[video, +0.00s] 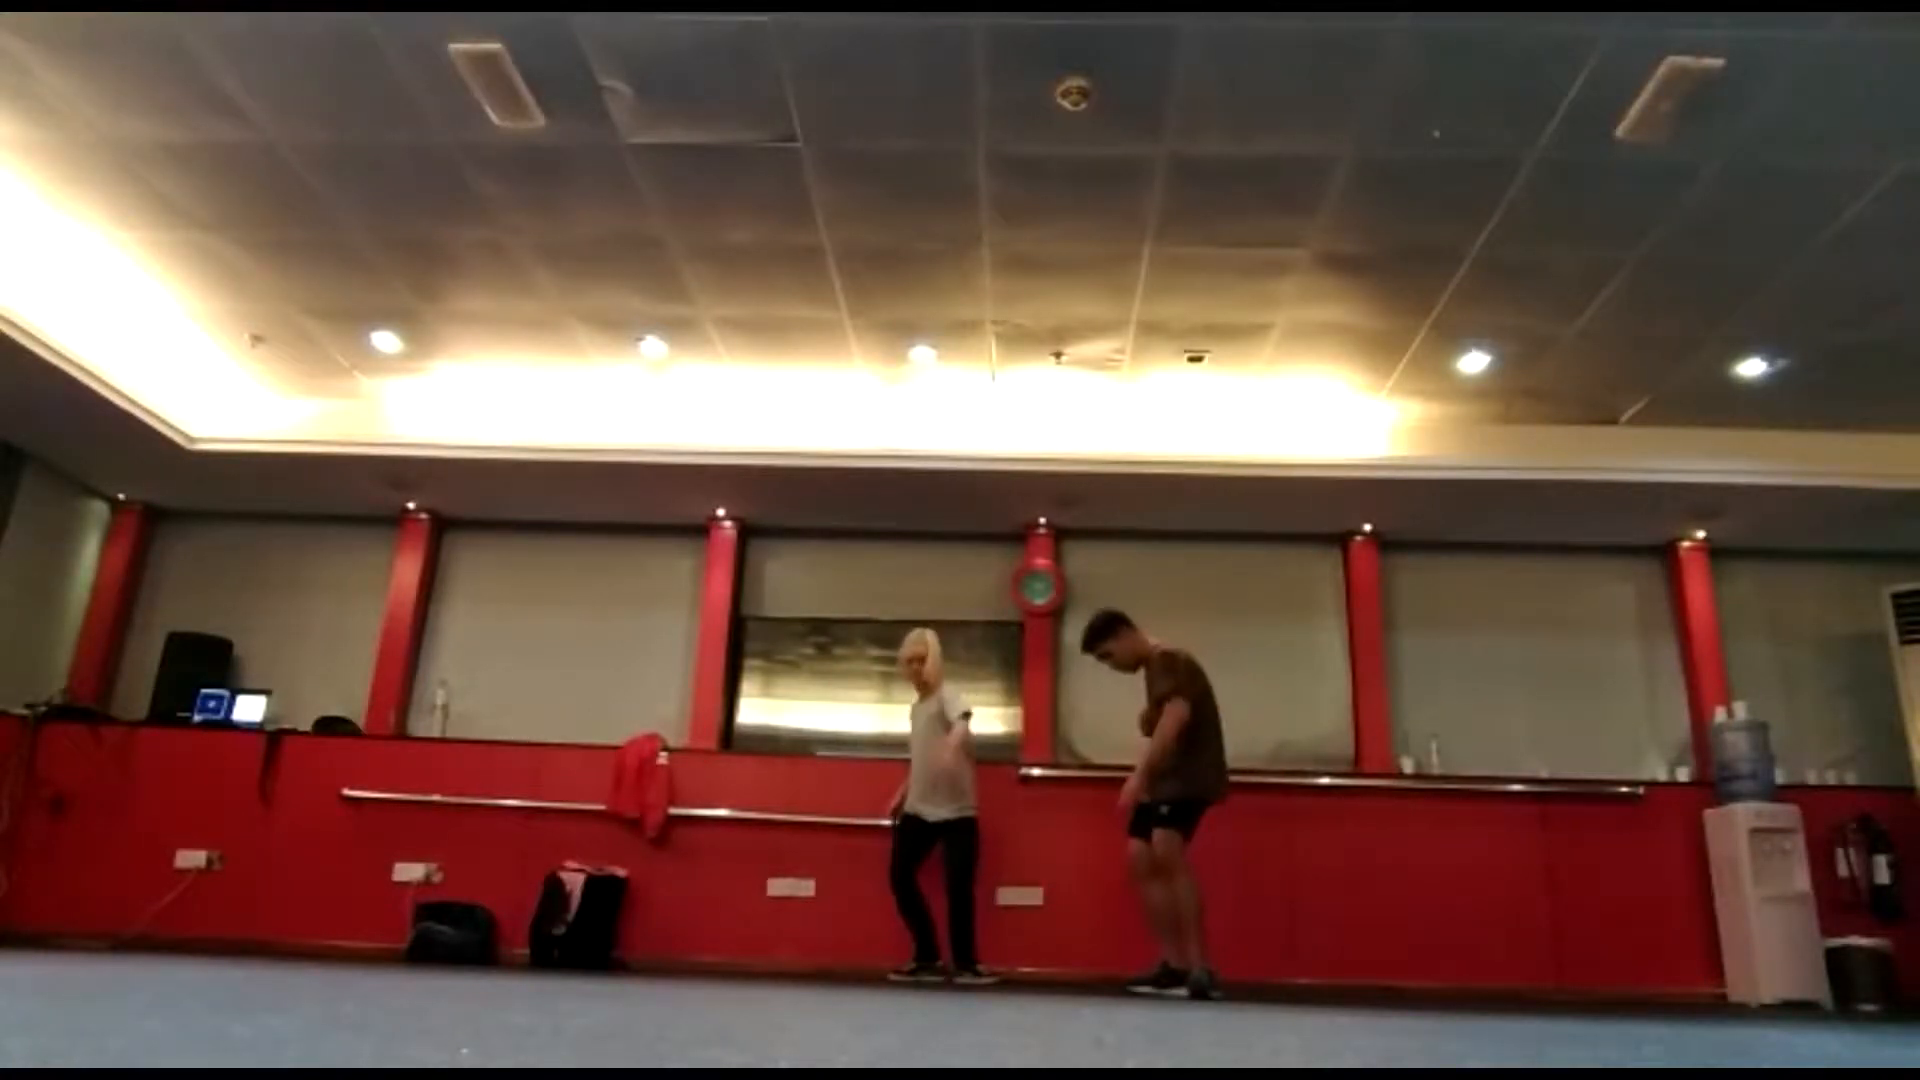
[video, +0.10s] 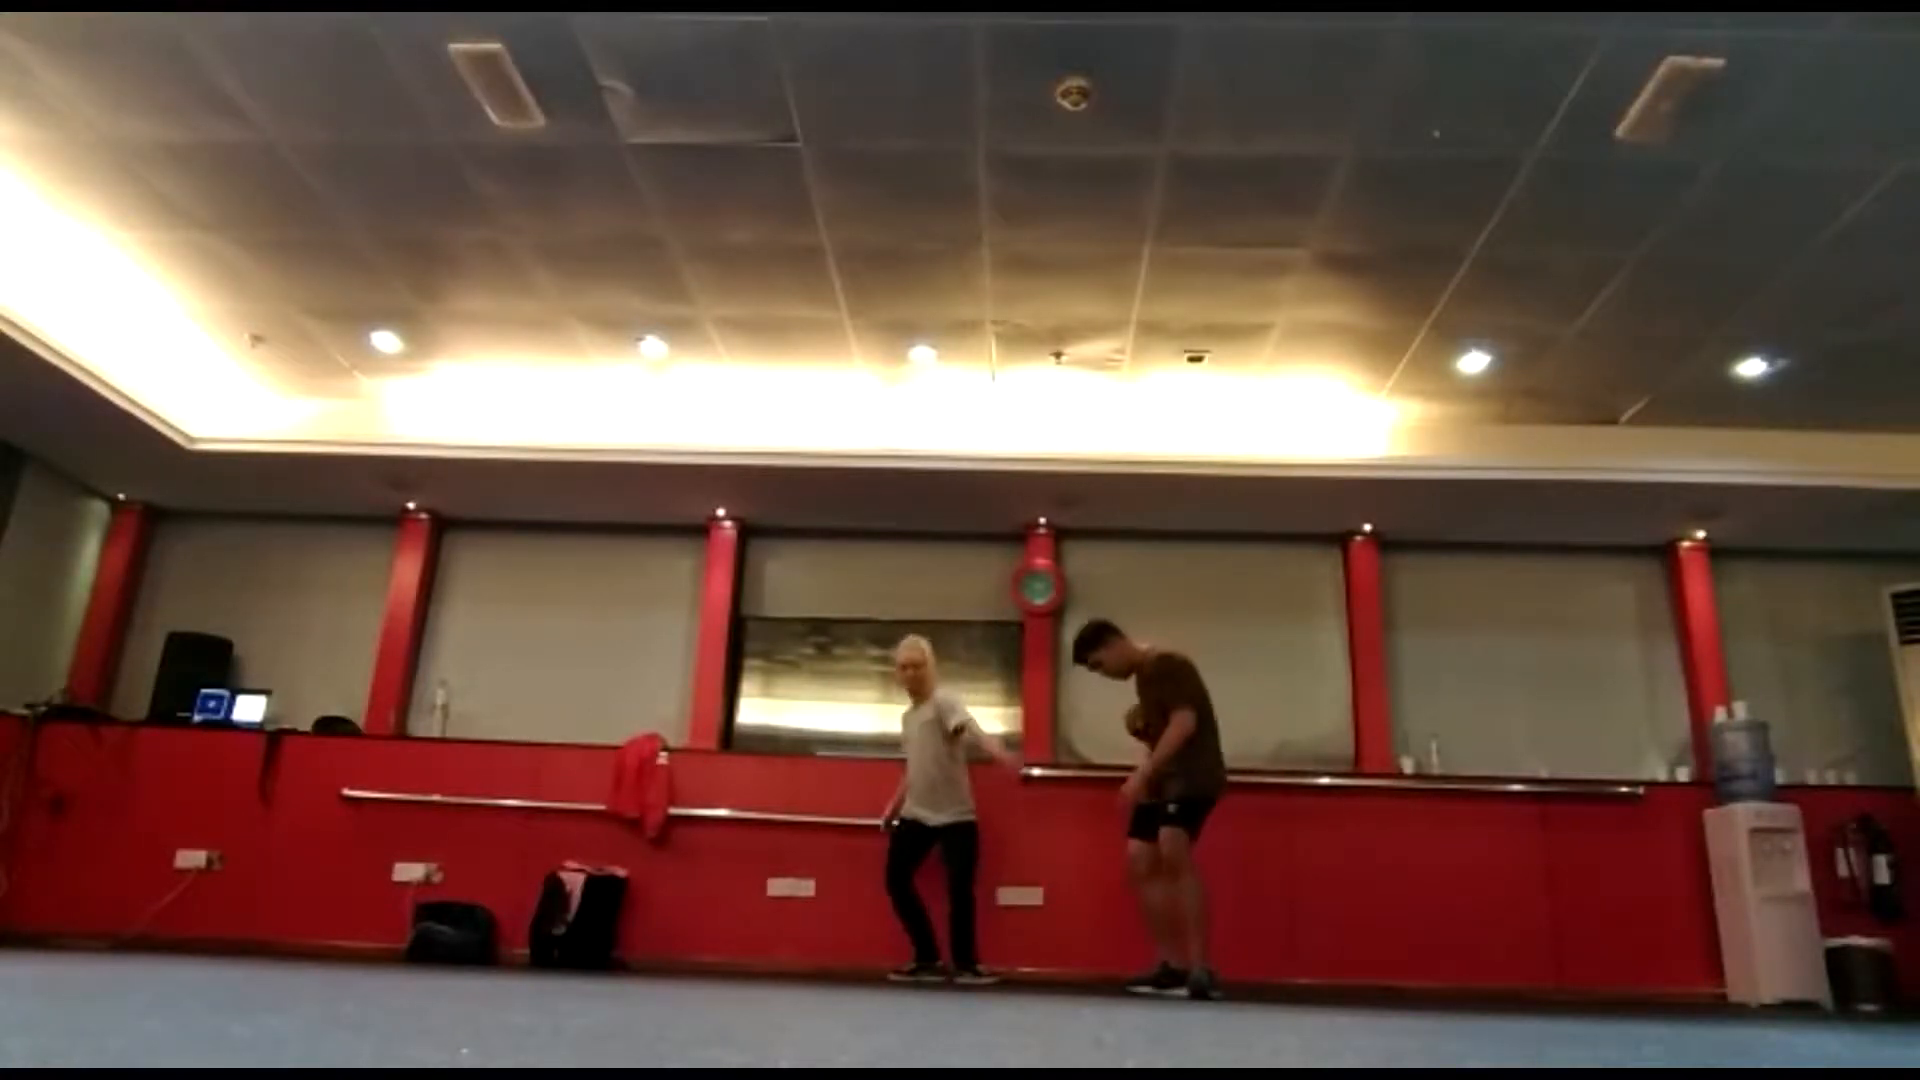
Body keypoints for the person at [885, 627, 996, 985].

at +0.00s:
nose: (914, 670)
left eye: (920, 661)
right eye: (908, 663)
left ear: (935, 661)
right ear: (902, 666)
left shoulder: (949, 699)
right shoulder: (918, 708)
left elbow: (963, 724)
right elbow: (920, 762)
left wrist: (950, 750)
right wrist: (900, 796)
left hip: (956, 811)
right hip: (920, 811)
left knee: (959, 890)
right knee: (901, 876)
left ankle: (964, 962)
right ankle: (926, 957)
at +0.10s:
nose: (907, 674)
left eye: (914, 666)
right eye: (902, 668)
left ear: (929, 667)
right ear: (896, 672)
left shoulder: (945, 704)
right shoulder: (909, 716)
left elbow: (975, 734)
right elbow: (915, 770)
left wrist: (1002, 755)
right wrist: (895, 806)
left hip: (955, 815)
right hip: (917, 815)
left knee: (961, 893)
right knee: (898, 880)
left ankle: (965, 963)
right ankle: (927, 958)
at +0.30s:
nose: (903, 661)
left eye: (909, 653)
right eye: (896, 654)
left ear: (920, 657)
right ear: (884, 661)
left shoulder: (939, 691)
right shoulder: (888, 709)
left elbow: (989, 709)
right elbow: (893, 763)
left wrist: (1031, 724)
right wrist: (890, 807)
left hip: (958, 800)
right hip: (917, 803)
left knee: (969, 880)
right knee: (912, 878)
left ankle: (966, 960)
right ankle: (927, 958)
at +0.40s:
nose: (904, 656)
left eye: (911, 649)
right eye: (897, 649)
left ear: (921, 654)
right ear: (884, 655)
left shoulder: (941, 686)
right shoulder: (884, 705)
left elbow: (985, 701)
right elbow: (885, 757)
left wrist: (1025, 717)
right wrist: (886, 802)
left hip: (959, 796)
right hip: (916, 800)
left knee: (969, 878)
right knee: (916, 882)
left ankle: (968, 957)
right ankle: (926, 957)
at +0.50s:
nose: (908, 660)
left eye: (914, 653)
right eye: (900, 653)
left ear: (924, 657)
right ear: (887, 658)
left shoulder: (942, 690)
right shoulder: (883, 707)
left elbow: (981, 703)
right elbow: (871, 757)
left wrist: (1014, 722)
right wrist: (865, 802)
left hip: (956, 801)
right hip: (913, 804)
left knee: (978, 875)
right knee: (915, 886)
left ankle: (973, 955)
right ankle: (918, 959)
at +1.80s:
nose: (981, 669)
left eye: (988, 662)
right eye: (975, 662)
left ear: (1001, 666)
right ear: (966, 665)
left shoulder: (1009, 712)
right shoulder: (951, 698)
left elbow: (1016, 764)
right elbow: (929, 732)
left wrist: (1014, 808)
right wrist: (909, 760)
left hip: (977, 810)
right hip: (934, 803)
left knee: (991, 879)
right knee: (914, 874)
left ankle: (976, 958)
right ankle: (917, 957)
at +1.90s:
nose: (981, 679)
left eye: (988, 672)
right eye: (974, 673)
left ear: (1000, 675)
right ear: (966, 677)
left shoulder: (1008, 719)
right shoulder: (959, 709)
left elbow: (998, 775)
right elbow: (948, 756)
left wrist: (983, 821)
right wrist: (933, 797)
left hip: (976, 817)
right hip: (938, 810)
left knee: (992, 884)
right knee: (911, 873)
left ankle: (977, 960)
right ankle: (916, 958)